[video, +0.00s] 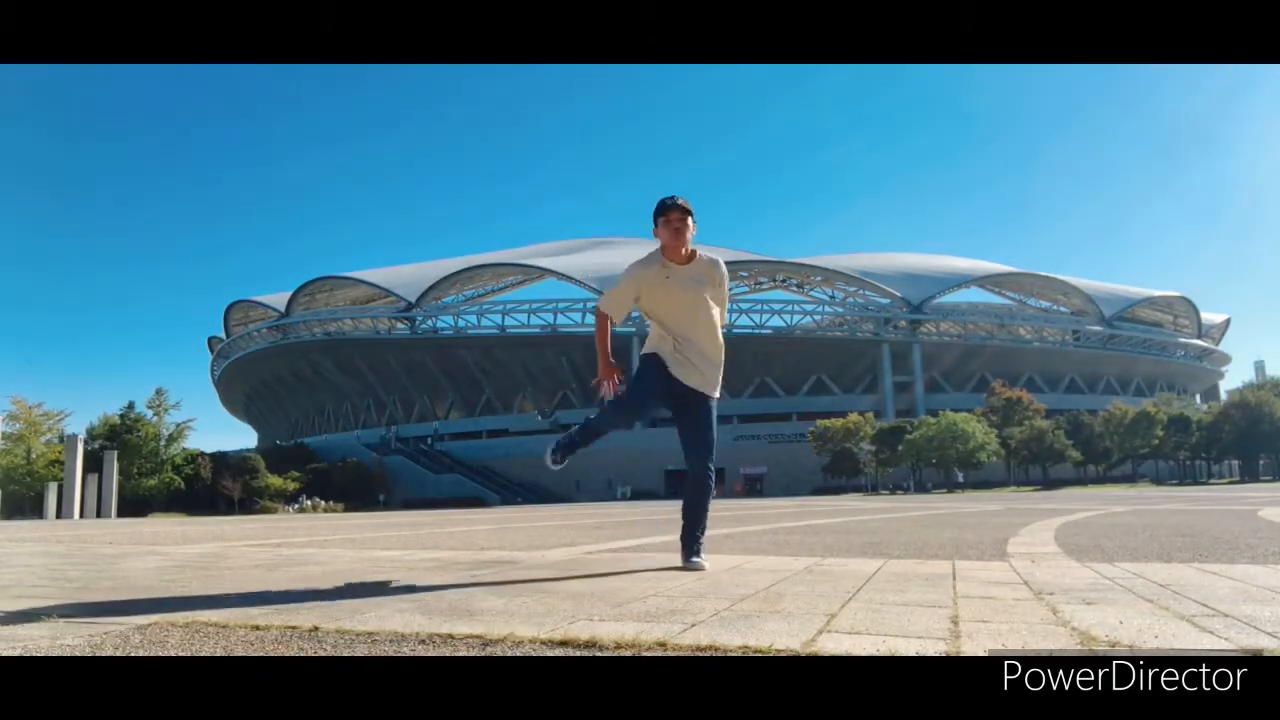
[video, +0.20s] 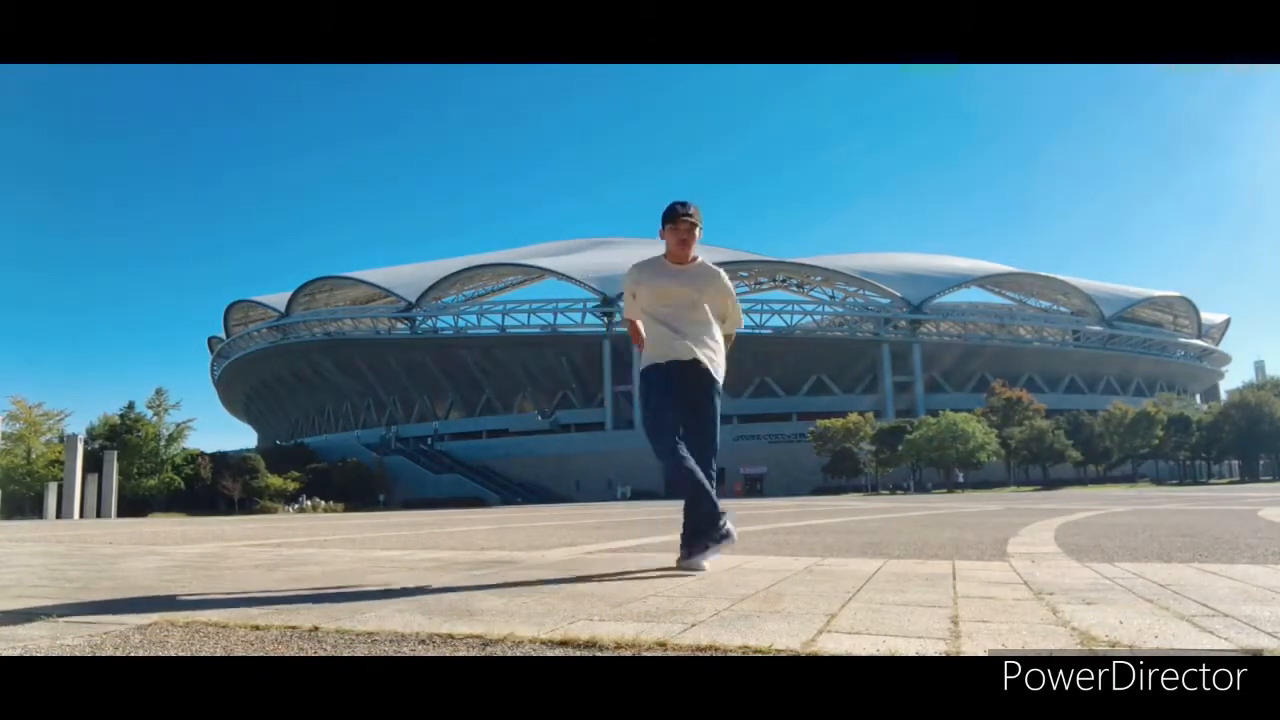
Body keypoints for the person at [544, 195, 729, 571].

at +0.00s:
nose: (677, 230)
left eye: (683, 223)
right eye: (669, 224)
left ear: (694, 228)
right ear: (656, 230)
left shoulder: (715, 270)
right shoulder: (643, 273)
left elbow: (719, 319)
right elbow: (605, 311)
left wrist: (700, 355)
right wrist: (604, 362)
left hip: (702, 378)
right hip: (661, 362)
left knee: (702, 468)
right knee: (629, 410)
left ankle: (692, 548)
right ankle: (572, 442)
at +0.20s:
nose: (684, 233)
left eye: (690, 227)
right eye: (677, 227)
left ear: (699, 233)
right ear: (664, 232)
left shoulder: (713, 275)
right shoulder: (640, 273)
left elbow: (731, 323)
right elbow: (631, 319)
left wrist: (707, 351)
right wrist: (649, 352)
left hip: (701, 363)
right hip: (655, 364)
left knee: (704, 451)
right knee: (664, 442)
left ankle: (695, 544)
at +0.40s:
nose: (682, 239)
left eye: (688, 233)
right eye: (674, 233)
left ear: (696, 239)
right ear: (661, 239)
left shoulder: (714, 283)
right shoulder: (639, 281)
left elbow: (745, 328)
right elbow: (606, 321)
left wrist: (754, 370)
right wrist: (608, 368)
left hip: (705, 379)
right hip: (659, 368)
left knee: (707, 467)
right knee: (681, 391)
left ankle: (685, 546)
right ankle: (742, 465)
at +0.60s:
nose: (673, 219)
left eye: (679, 212)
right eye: (665, 213)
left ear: (690, 218)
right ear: (653, 220)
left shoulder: (712, 263)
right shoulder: (636, 260)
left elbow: (743, 303)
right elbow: (600, 293)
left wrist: (760, 342)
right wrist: (585, 322)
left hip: (694, 365)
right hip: (655, 354)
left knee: (703, 461)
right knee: (646, 352)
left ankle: (697, 545)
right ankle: (648, 453)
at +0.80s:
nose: (665, 205)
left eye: (671, 198)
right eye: (657, 198)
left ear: (681, 204)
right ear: (643, 204)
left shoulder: (699, 251)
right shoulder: (623, 249)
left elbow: (723, 302)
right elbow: (611, 303)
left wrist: (748, 340)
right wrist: (615, 352)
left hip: (682, 359)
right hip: (636, 353)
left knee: (691, 450)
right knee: (626, 428)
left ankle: (692, 532)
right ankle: (612, 467)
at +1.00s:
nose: (641, 232)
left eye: (649, 225)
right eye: (634, 226)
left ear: (662, 230)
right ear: (623, 231)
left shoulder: (682, 271)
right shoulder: (605, 272)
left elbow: (704, 329)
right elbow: (612, 325)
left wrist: (725, 371)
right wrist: (625, 362)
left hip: (680, 391)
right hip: (627, 386)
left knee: (720, 455)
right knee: (567, 443)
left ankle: (681, 540)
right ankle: (593, 531)